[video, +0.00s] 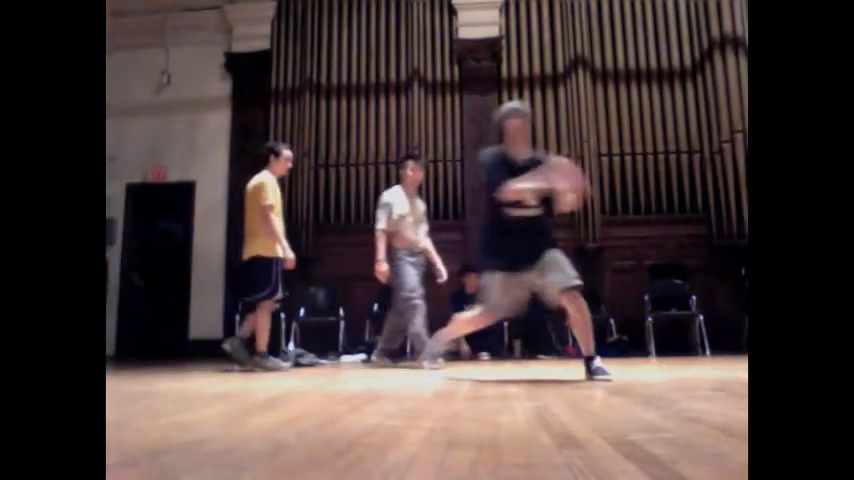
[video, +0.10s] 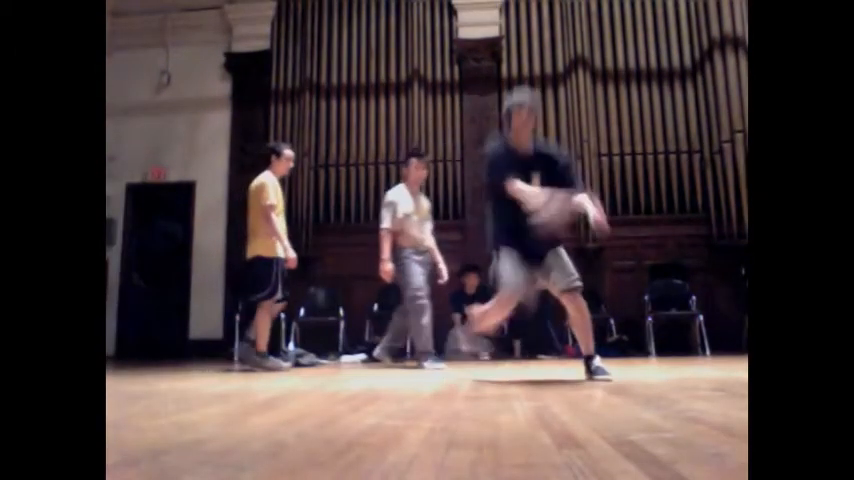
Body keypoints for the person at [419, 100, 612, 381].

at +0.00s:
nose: (516, 130)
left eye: (521, 124)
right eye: (511, 125)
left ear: (528, 126)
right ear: (502, 128)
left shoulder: (542, 163)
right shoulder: (493, 159)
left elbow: (564, 206)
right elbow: (504, 192)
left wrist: (570, 187)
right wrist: (547, 184)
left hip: (540, 251)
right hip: (502, 254)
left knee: (573, 299)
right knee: (491, 313)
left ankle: (592, 361)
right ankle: (439, 341)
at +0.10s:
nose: (525, 121)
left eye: (529, 115)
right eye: (519, 115)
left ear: (536, 119)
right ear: (509, 118)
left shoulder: (550, 157)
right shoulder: (499, 156)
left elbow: (574, 192)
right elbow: (514, 187)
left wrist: (591, 209)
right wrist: (547, 199)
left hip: (546, 245)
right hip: (511, 246)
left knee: (574, 299)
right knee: (509, 297)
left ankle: (591, 359)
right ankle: (476, 321)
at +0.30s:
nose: (528, 81)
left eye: (532, 75)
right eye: (522, 75)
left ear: (539, 82)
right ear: (509, 82)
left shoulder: (546, 128)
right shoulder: (489, 119)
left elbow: (556, 177)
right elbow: (453, 162)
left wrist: (569, 210)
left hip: (541, 213)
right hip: (505, 212)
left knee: (561, 276)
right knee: (534, 268)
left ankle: (556, 340)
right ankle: (537, 353)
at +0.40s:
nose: (530, 85)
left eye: (532, 79)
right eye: (524, 79)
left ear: (532, 85)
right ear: (509, 84)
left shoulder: (534, 130)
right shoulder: (490, 120)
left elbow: (547, 174)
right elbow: (441, 152)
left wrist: (560, 209)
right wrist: (409, 181)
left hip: (536, 218)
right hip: (510, 219)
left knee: (554, 286)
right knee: (563, 282)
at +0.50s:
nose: (519, 83)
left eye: (522, 77)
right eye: (513, 77)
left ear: (526, 83)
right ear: (501, 82)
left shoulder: (530, 130)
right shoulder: (482, 116)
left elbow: (535, 182)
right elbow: (436, 147)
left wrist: (551, 212)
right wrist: (396, 173)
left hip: (520, 225)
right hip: (484, 223)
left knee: (519, 292)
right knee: (533, 287)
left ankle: (533, 362)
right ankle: (458, 338)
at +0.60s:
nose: (510, 83)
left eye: (515, 77)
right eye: (506, 76)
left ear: (522, 82)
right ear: (494, 79)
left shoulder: (531, 127)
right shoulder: (471, 115)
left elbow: (538, 177)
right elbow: (439, 150)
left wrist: (547, 208)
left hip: (514, 220)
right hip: (474, 215)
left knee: (507, 289)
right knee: (479, 284)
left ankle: (442, 350)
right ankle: (486, 349)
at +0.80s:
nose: (478, 90)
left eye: (484, 84)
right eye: (473, 84)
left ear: (495, 88)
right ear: (464, 87)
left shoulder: (507, 128)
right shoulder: (449, 122)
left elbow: (519, 177)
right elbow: (442, 166)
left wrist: (503, 155)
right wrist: (487, 151)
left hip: (481, 228)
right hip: (438, 222)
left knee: (488, 289)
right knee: (412, 272)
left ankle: (429, 351)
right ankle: (370, 344)